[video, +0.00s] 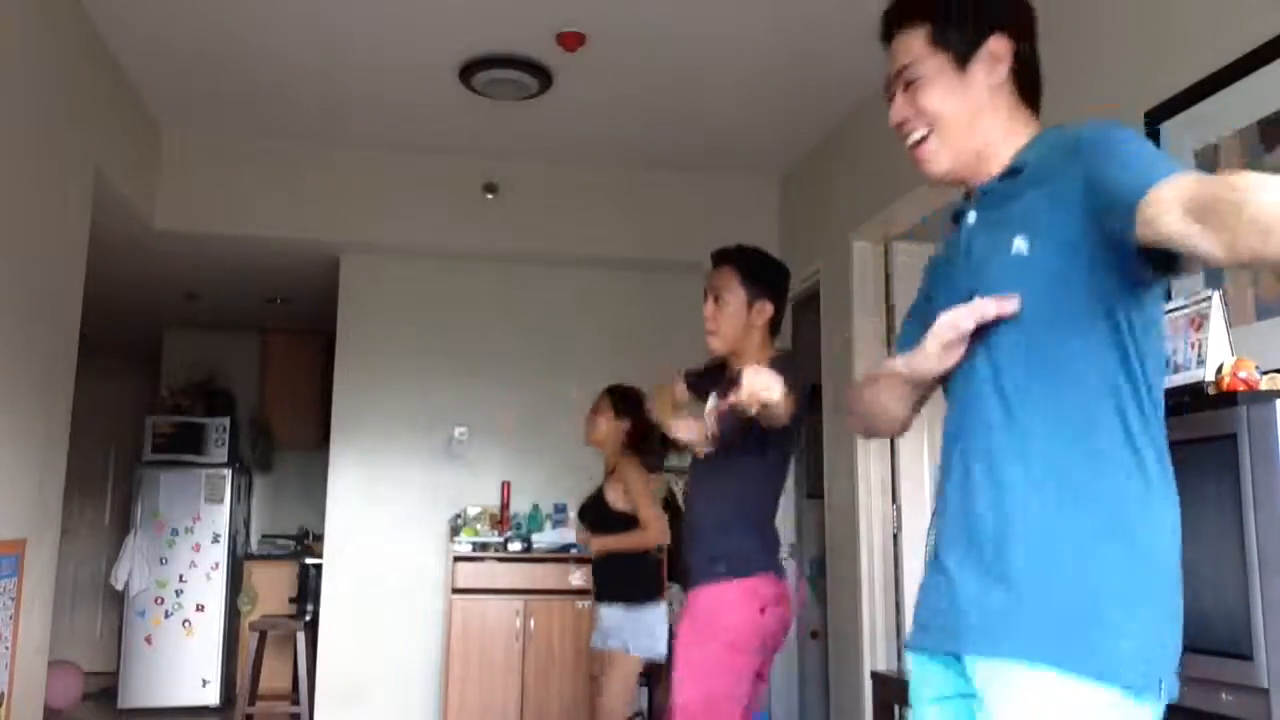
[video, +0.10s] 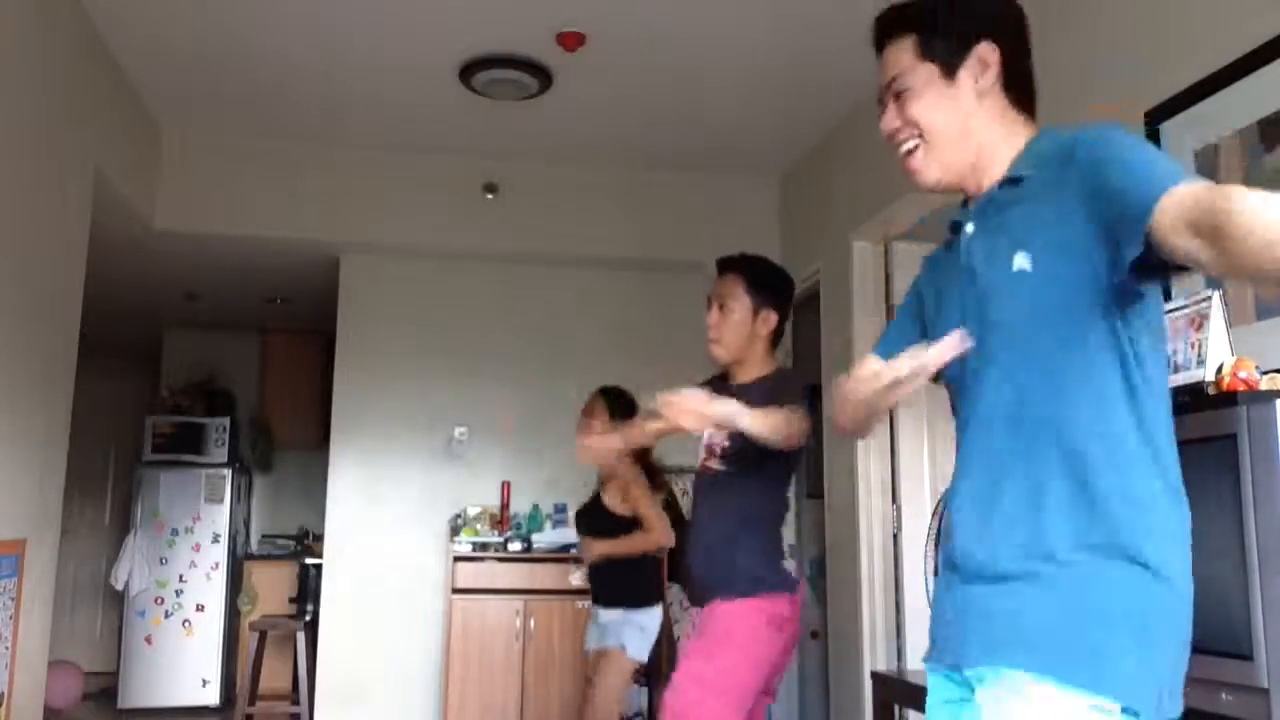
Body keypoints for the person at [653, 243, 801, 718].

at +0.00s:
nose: (706, 312)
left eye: (719, 299)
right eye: (706, 299)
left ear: (763, 312)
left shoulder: (781, 376)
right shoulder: (718, 376)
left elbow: (781, 409)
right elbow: (667, 399)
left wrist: (763, 399)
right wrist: (680, 424)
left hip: (735, 588)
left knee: (697, 709)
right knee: (737, 710)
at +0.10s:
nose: (710, 320)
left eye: (724, 307)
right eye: (710, 307)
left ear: (767, 321)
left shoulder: (789, 388)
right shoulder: (720, 391)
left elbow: (791, 432)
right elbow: (666, 423)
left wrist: (715, 411)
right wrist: (614, 441)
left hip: (753, 602)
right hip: (715, 598)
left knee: (686, 710)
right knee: (745, 713)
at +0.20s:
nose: (711, 305)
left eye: (726, 291)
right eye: (712, 291)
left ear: (770, 305)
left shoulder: (795, 374)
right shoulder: (722, 380)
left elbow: (797, 406)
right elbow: (650, 425)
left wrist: (695, 388)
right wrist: (560, 430)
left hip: (763, 591)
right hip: (722, 589)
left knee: (695, 710)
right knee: (744, 714)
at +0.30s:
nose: (714, 304)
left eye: (727, 288)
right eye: (715, 290)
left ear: (773, 300)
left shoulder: (801, 366)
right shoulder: (725, 379)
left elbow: (810, 394)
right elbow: (658, 426)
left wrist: (713, 396)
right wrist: (599, 439)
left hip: (771, 603)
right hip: (702, 597)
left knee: (754, 714)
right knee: (678, 713)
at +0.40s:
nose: (716, 323)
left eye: (730, 308)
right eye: (718, 309)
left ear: (776, 322)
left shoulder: (811, 393)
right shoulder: (723, 402)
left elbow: (789, 418)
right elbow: (664, 442)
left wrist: (717, 419)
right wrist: (628, 458)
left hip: (787, 632)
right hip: (704, 627)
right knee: (676, 712)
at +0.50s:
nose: (719, 330)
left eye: (733, 315)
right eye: (719, 316)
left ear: (778, 327)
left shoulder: (811, 399)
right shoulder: (732, 410)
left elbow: (774, 419)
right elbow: (661, 443)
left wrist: (678, 412)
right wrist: (601, 449)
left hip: (781, 641)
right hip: (707, 629)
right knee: (649, 712)